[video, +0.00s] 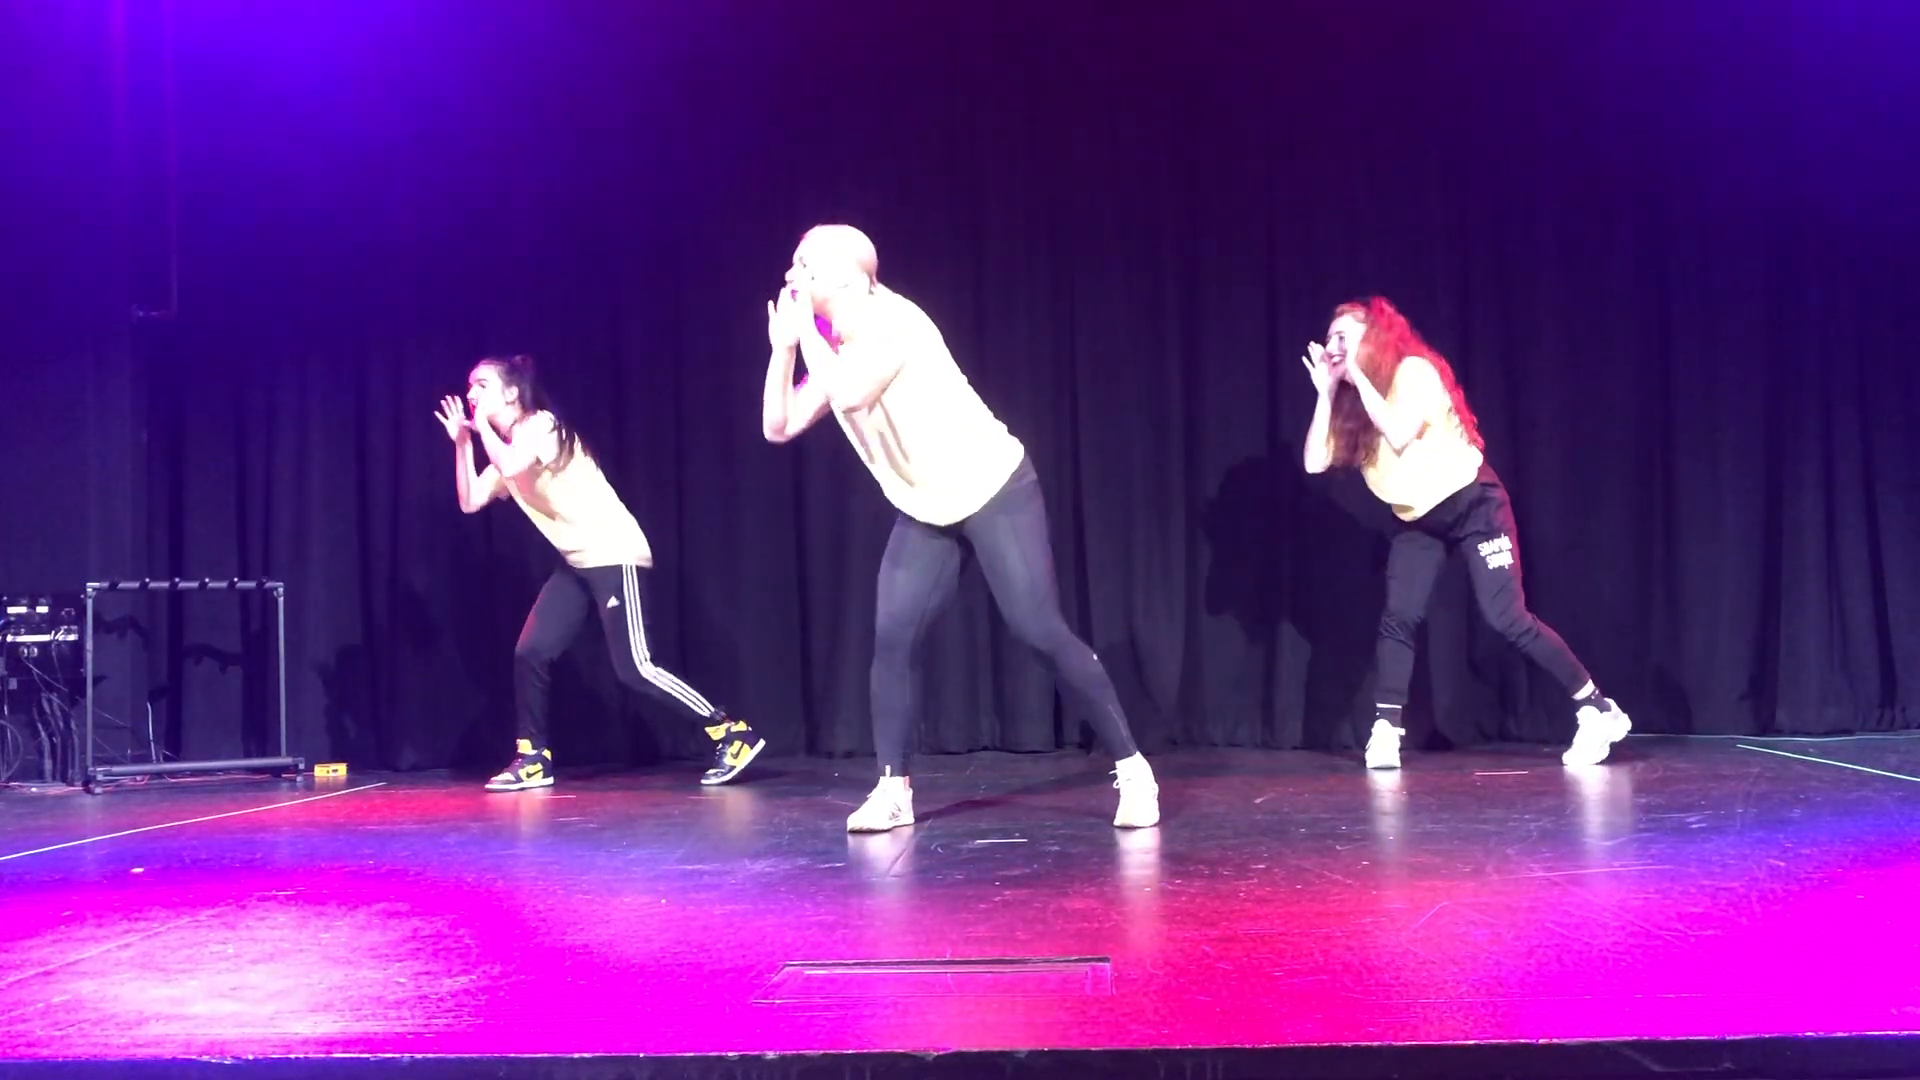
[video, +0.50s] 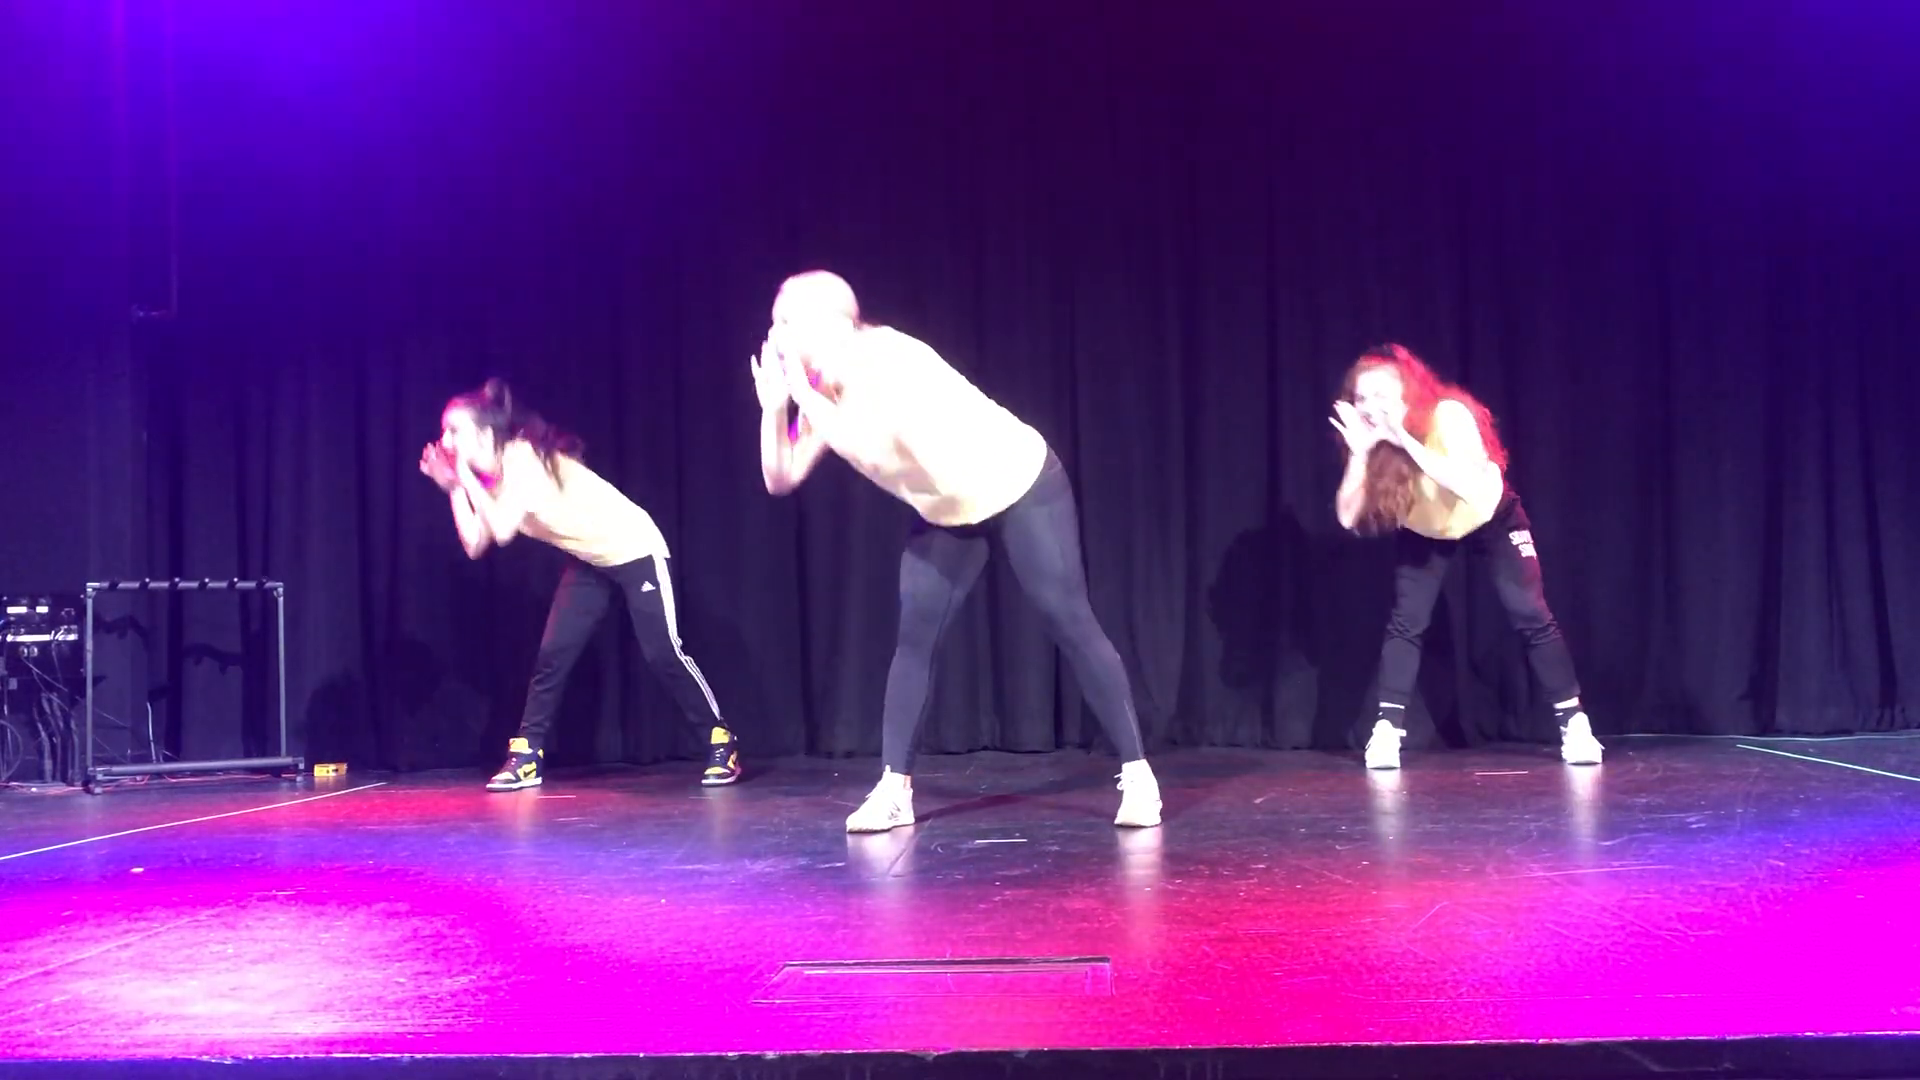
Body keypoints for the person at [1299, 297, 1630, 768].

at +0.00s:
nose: (1333, 347)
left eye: (1342, 337)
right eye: (1330, 339)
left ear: (1376, 338)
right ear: (1329, 347)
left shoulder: (1415, 370)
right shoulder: (1350, 400)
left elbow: (1400, 432)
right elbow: (1315, 462)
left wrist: (1355, 377)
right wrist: (1324, 393)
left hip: (1474, 506)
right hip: (1418, 522)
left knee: (1507, 616)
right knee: (1399, 618)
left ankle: (1599, 710)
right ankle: (1387, 730)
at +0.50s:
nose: (1375, 408)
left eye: (1383, 394)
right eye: (1366, 399)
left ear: (1408, 391)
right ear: (1356, 406)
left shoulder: (1449, 415)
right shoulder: (1373, 443)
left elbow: (1473, 486)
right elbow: (1348, 516)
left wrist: (1403, 441)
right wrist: (1358, 454)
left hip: (1493, 523)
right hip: (1427, 532)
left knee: (1530, 616)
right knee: (1406, 624)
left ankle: (1574, 724)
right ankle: (1387, 730)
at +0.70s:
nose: (1452, 433)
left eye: (1462, 420)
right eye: (1440, 423)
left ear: (1483, 417)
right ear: (1421, 426)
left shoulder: (1510, 444)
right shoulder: (1409, 457)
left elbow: (1539, 517)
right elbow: (1396, 537)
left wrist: (1487, 469)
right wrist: (1428, 476)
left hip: (1497, 534)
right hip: (1429, 538)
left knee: (1532, 617)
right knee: (1408, 622)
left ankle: (1574, 726)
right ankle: (1386, 730)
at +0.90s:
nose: (1537, 428)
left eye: (1545, 418)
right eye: (1527, 418)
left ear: (1558, 418)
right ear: (1502, 419)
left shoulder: (1561, 454)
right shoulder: (1467, 452)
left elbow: (1587, 522)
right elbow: (1458, 522)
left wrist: (1567, 465)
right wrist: (1507, 467)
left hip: (1498, 533)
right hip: (1430, 526)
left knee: (1534, 618)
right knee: (1416, 619)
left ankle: (1575, 727)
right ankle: (1386, 730)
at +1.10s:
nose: (1599, 406)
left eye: (1604, 395)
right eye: (1588, 395)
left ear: (1611, 400)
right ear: (1559, 398)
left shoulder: (1589, 448)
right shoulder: (1517, 433)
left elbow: (1621, 507)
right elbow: (1518, 509)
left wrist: (1614, 450)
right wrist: (1573, 446)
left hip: (1503, 530)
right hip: (1439, 516)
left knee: (1541, 619)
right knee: (1423, 618)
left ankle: (1575, 726)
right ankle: (1387, 729)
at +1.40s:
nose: (1638, 359)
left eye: (1640, 351)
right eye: (1626, 352)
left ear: (1642, 357)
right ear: (1597, 361)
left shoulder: (1618, 406)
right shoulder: (1564, 400)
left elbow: (1642, 473)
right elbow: (1591, 467)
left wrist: (1647, 407)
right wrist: (1630, 402)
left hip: (1517, 522)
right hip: (1459, 509)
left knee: (1549, 616)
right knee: (1429, 616)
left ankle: (1577, 727)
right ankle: (1381, 728)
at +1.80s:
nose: (1588, 301)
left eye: (1591, 292)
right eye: (1575, 292)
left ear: (1598, 300)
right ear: (1547, 299)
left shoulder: (1584, 355)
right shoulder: (1527, 346)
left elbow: (1599, 430)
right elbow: (1534, 416)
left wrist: (1648, 384)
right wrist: (1589, 373)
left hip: (1538, 502)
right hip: (1479, 496)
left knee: (1560, 611)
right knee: (1438, 610)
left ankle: (1578, 727)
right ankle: (1387, 724)